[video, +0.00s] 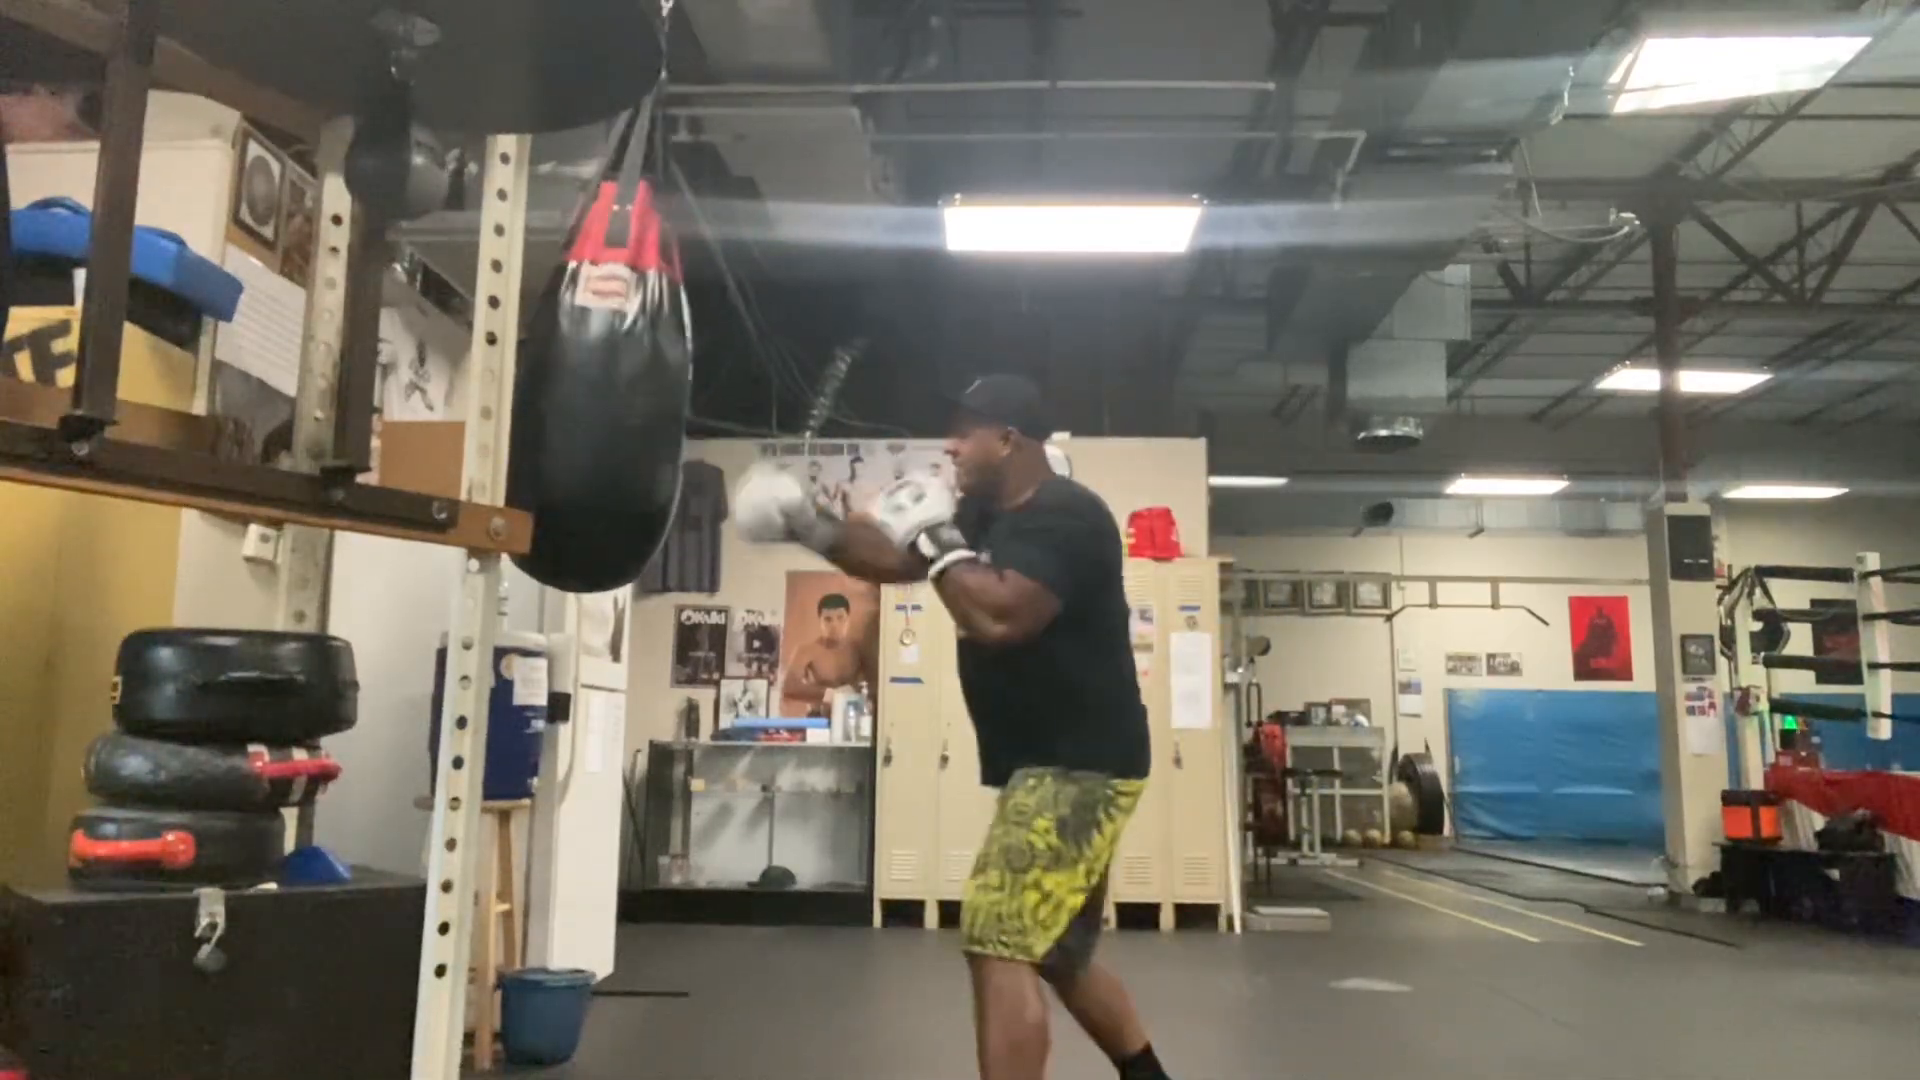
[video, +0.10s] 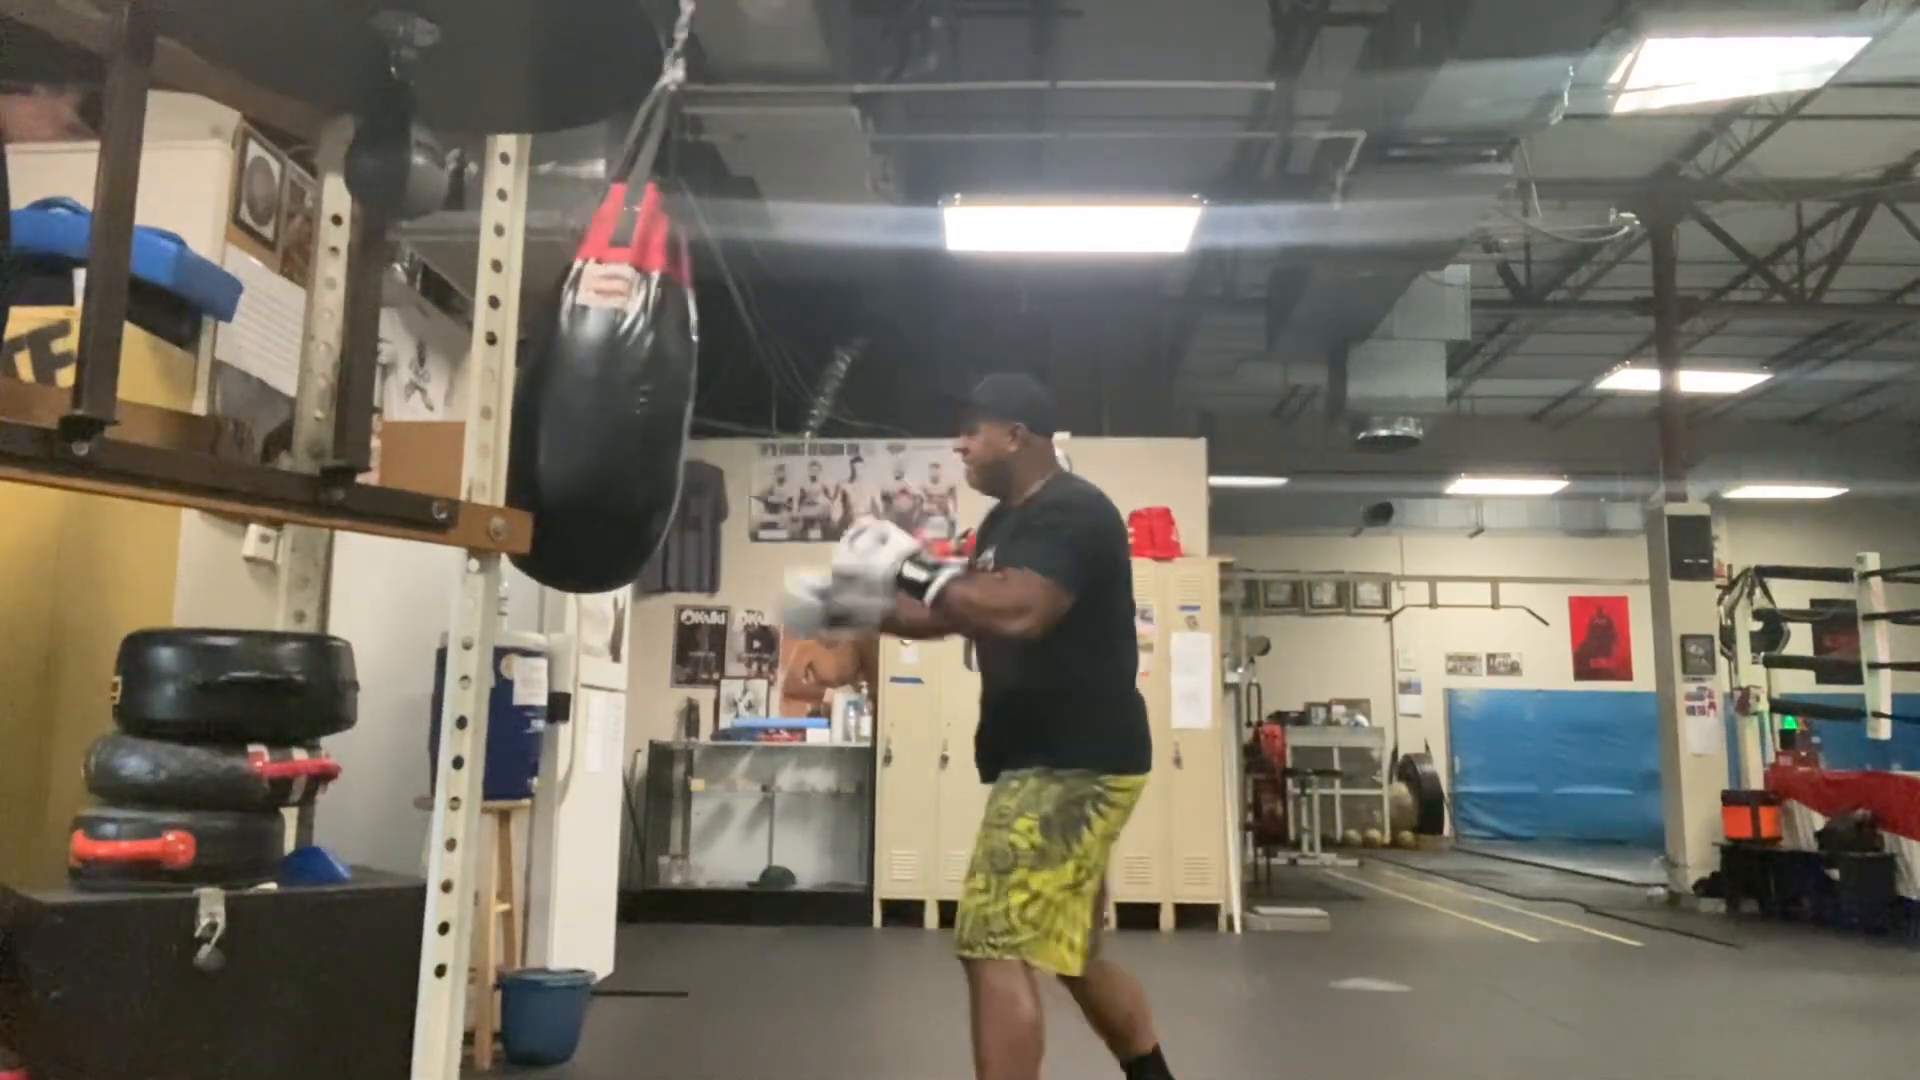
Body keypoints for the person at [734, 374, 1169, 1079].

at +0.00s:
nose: (951, 450)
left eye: (965, 435)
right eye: (952, 436)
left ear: (1012, 439)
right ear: (1006, 443)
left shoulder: (1070, 516)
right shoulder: (983, 514)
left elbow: (999, 617)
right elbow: (895, 557)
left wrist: (936, 539)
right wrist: (812, 523)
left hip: (1081, 763)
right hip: (1040, 764)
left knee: (997, 931)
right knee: (1062, 953)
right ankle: (1148, 1073)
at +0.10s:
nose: (960, 446)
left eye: (972, 431)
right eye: (961, 432)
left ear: (1019, 435)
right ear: (1010, 439)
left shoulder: (1075, 510)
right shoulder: (1000, 525)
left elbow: (1023, 605)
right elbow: (948, 616)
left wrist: (920, 572)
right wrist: (864, 610)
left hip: (1073, 762)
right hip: (1040, 762)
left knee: (994, 942)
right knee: (1074, 951)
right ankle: (1155, 1076)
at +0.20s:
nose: (948, 443)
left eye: (956, 428)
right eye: (950, 429)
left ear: (998, 430)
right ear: (1013, 435)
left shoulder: (1031, 488)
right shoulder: (1064, 500)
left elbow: (1007, 567)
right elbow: (1038, 629)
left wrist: (931, 526)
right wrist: (943, 619)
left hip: (1053, 746)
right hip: (1117, 742)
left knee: (977, 939)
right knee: (1103, 932)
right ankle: (1161, 1073)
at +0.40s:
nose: (949, 443)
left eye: (959, 426)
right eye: (949, 428)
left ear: (1003, 427)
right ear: (1023, 431)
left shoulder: (1007, 497)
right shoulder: (1078, 498)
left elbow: (907, 570)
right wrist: (927, 526)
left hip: (1058, 757)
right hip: (1112, 749)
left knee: (994, 962)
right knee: (1109, 945)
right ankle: (1167, 1073)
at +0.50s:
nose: (949, 452)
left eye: (961, 438)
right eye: (951, 438)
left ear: (1009, 438)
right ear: (1004, 438)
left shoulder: (1068, 510)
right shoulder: (997, 503)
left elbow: (1013, 622)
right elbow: (899, 515)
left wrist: (936, 554)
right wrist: (799, 482)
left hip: (1086, 758)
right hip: (1045, 758)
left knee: (1015, 944)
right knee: (1083, 948)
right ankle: (1169, 1072)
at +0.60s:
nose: (956, 445)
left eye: (970, 430)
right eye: (958, 430)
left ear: (1019, 434)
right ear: (1017, 437)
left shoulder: (1068, 502)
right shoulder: (1010, 508)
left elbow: (1017, 595)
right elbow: (934, 556)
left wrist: (947, 534)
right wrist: (841, 534)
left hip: (1080, 757)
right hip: (1084, 756)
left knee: (1010, 948)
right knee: (1090, 939)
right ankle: (1174, 1070)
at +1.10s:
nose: (1012, 429)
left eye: (1024, 414)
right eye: (1013, 415)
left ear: (1073, 417)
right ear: (1064, 419)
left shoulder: (1132, 493)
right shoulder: (1058, 497)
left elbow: (1062, 598)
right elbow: (1004, 572)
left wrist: (1003, 523)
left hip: (1151, 754)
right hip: (1123, 753)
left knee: (1084, 944)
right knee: (1156, 948)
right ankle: (1209, 1079)